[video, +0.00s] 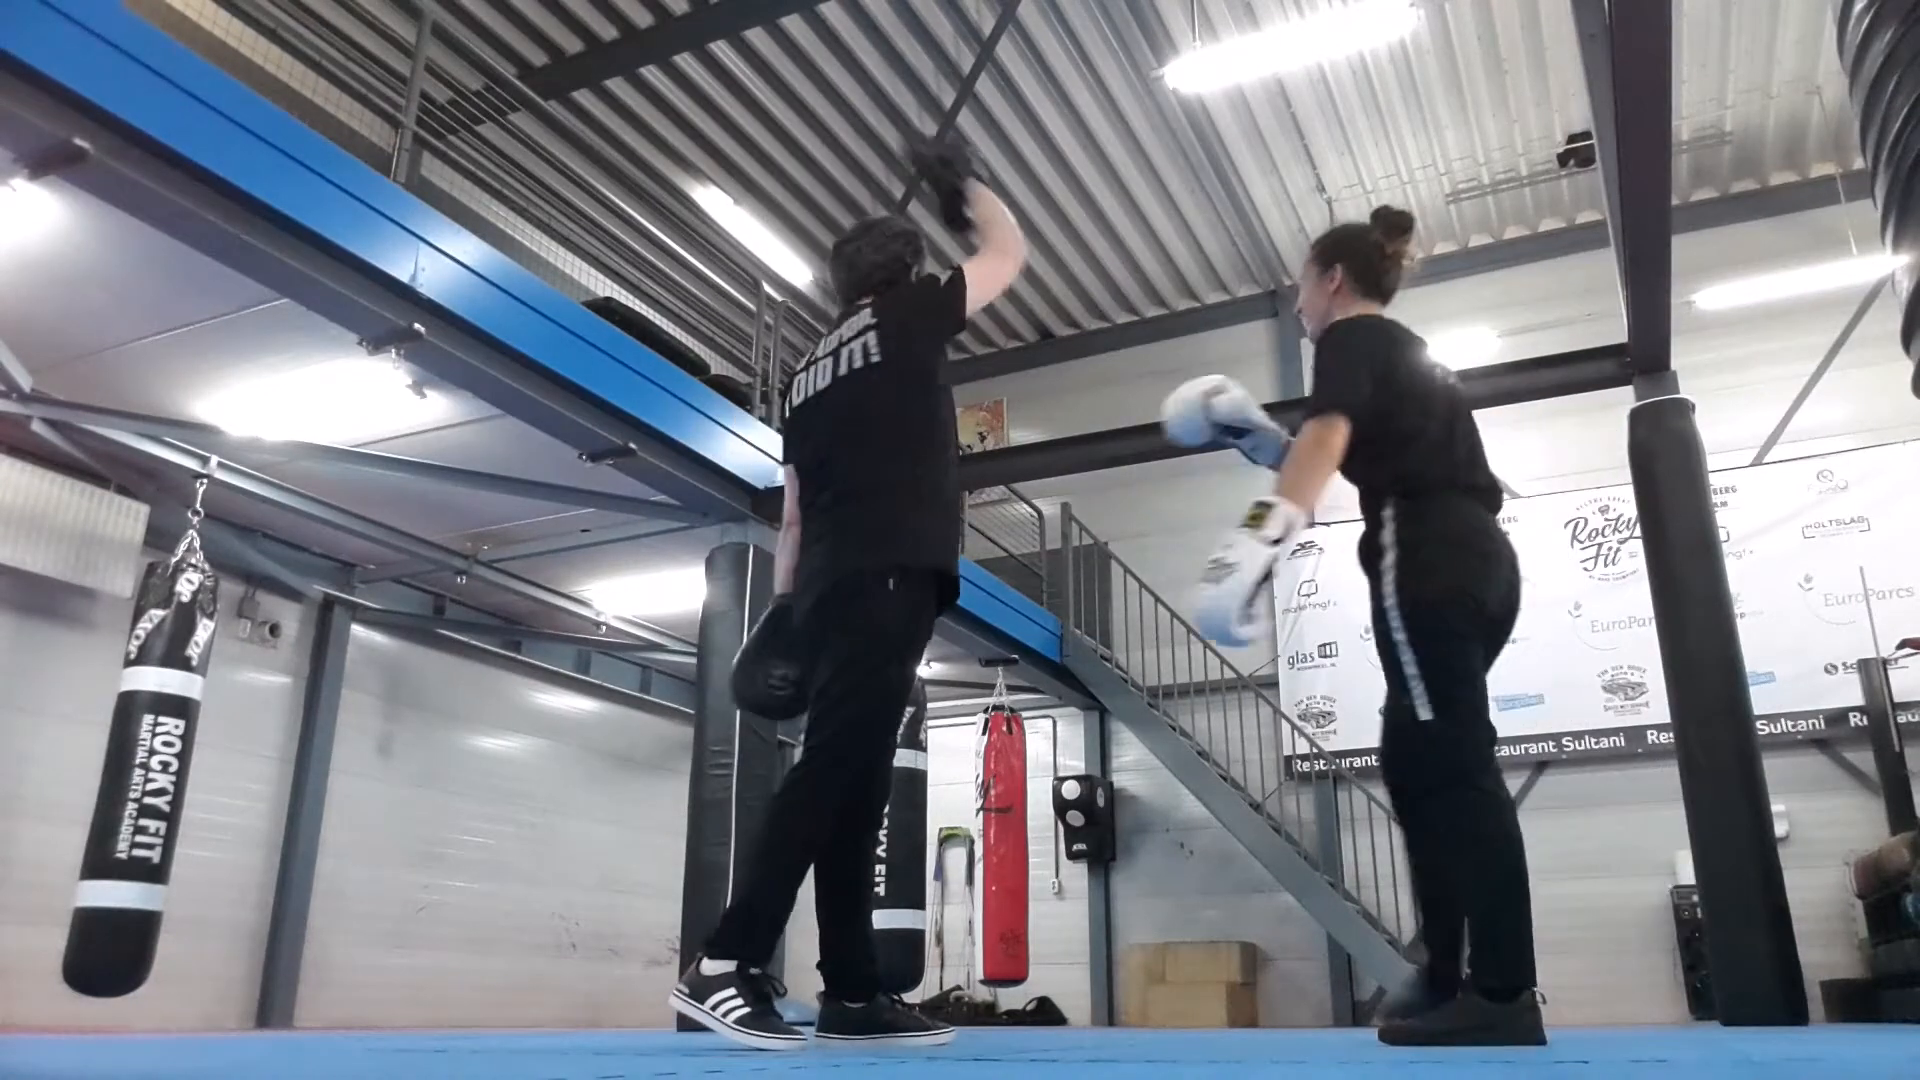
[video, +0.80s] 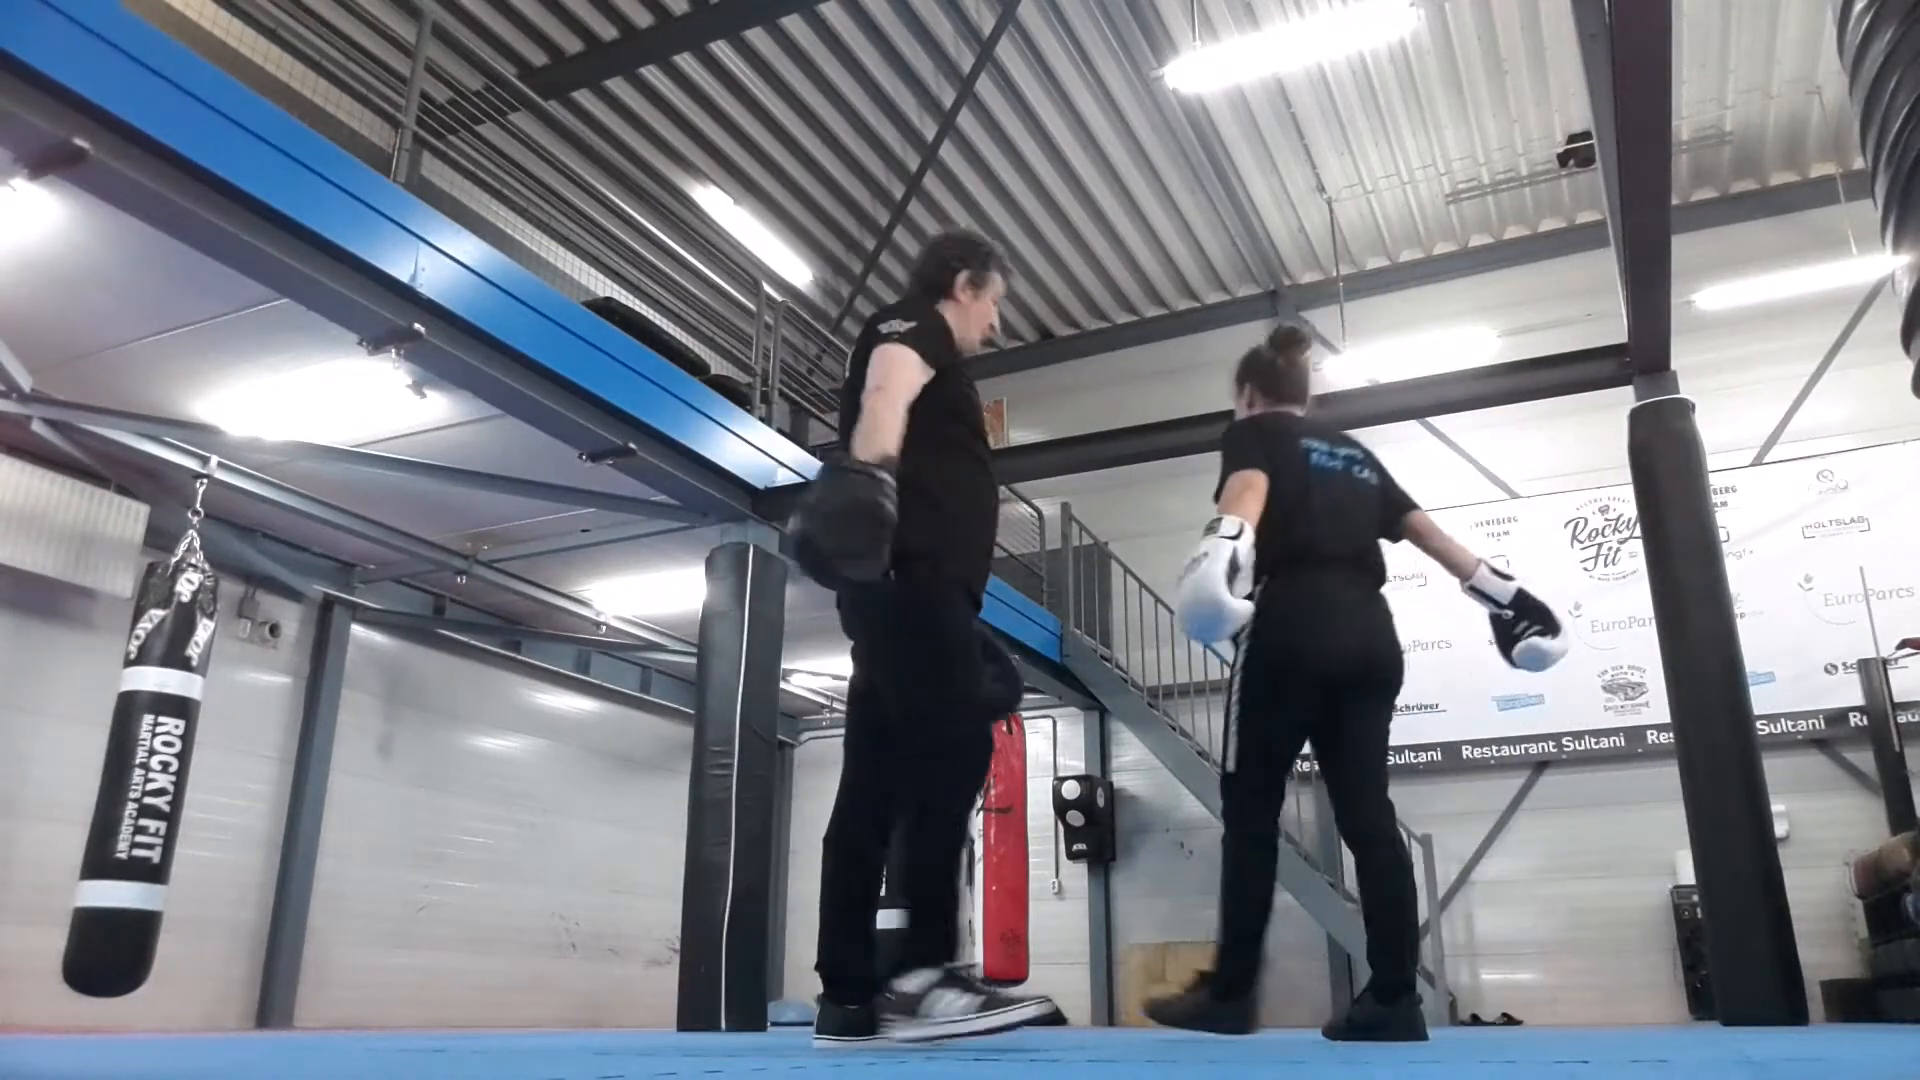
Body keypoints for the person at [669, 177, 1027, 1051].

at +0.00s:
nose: (932, 281)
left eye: (924, 269)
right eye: (923, 267)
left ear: (843, 288)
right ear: (911, 271)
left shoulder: (808, 378)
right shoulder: (912, 311)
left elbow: (794, 516)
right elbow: (1006, 248)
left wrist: (782, 612)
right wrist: (965, 183)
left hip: (842, 579)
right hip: (896, 573)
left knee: (858, 788)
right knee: (829, 775)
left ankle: (853, 995)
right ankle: (723, 970)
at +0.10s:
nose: (928, 280)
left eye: (926, 271)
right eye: (922, 270)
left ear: (841, 284)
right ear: (902, 271)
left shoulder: (812, 377)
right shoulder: (896, 309)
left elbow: (802, 516)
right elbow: (1028, 285)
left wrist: (800, 608)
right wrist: (1025, 237)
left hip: (840, 584)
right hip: (891, 576)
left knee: (856, 787)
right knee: (835, 772)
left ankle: (852, 994)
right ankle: (725, 970)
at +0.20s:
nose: (926, 289)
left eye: (923, 278)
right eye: (919, 278)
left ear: (846, 289)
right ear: (893, 275)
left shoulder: (814, 389)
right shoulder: (889, 317)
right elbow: (1048, 330)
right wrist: (1063, 318)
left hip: (848, 585)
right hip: (886, 576)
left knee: (855, 787)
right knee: (838, 770)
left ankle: (850, 998)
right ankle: (725, 967)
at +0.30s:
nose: (929, 296)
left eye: (925, 285)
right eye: (922, 283)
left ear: (858, 291)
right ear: (892, 279)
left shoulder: (826, 385)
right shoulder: (888, 323)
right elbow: (1023, 373)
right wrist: (1068, 410)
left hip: (856, 584)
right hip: (884, 579)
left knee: (858, 790)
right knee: (842, 772)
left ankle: (850, 998)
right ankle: (728, 965)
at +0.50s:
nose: (948, 311)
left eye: (948, 298)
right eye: (943, 295)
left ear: (882, 293)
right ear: (907, 287)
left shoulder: (857, 356)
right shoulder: (894, 329)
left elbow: (904, 475)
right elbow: (941, 423)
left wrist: (972, 439)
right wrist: (1024, 523)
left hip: (864, 582)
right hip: (887, 580)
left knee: (860, 787)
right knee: (884, 773)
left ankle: (849, 995)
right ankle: (752, 946)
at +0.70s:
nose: (975, 315)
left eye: (976, 301)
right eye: (972, 298)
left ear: (918, 287)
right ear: (938, 285)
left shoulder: (887, 345)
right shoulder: (909, 334)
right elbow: (903, 414)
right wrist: (918, 512)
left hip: (881, 579)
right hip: (897, 579)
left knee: (874, 777)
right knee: (914, 759)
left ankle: (848, 978)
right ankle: (860, 981)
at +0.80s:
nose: (996, 322)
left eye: (1000, 308)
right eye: (995, 303)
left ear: (956, 290)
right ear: (961, 286)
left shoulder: (932, 364)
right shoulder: (913, 329)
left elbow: (929, 496)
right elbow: (882, 400)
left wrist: (967, 618)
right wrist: (869, 493)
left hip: (907, 591)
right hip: (909, 587)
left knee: (870, 791)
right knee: (954, 751)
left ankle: (849, 997)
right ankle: (918, 975)